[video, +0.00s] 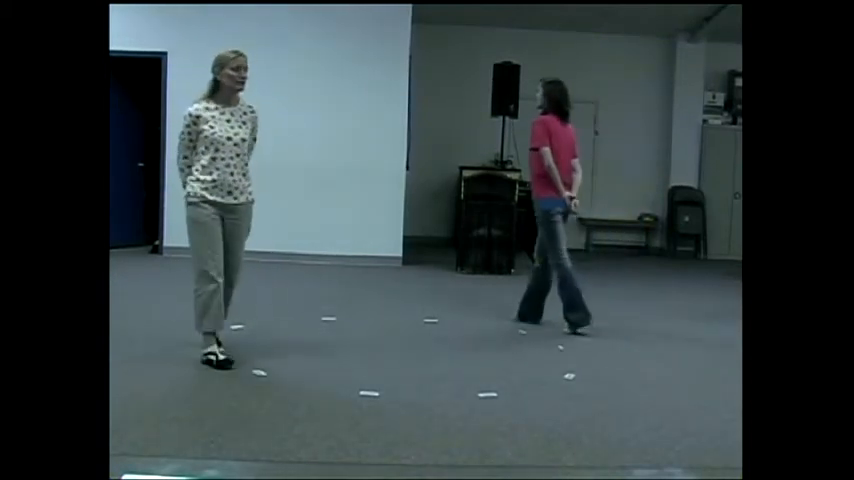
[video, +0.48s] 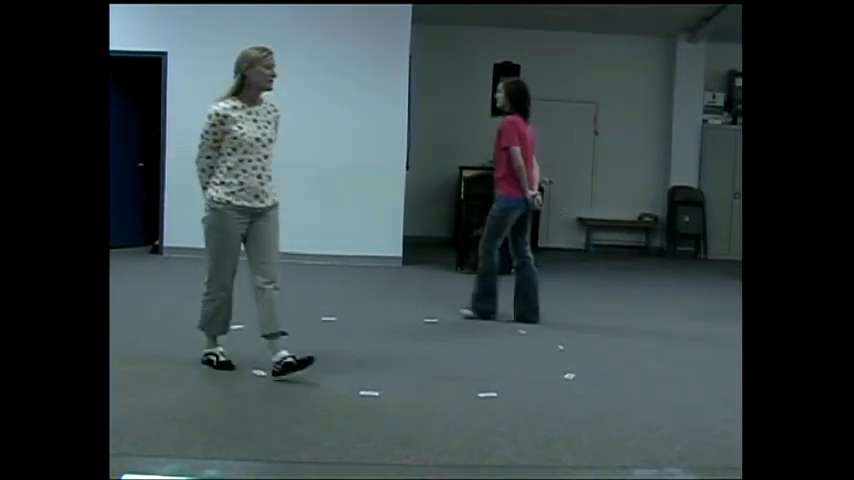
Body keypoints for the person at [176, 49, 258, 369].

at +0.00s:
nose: (241, 75)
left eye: (244, 71)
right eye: (235, 70)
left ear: (246, 76)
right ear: (218, 73)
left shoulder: (249, 115)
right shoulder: (198, 113)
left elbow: (246, 156)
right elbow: (184, 157)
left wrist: (231, 181)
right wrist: (192, 187)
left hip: (239, 200)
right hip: (204, 199)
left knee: (231, 272)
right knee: (210, 271)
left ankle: (215, 333)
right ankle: (210, 342)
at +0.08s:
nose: (244, 74)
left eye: (246, 70)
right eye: (237, 69)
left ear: (247, 75)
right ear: (220, 72)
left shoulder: (250, 114)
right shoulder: (200, 112)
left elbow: (245, 155)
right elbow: (184, 155)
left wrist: (232, 182)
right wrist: (192, 187)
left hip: (242, 199)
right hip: (206, 198)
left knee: (237, 270)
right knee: (211, 272)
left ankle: (217, 327)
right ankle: (210, 344)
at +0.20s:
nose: (252, 77)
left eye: (254, 72)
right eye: (246, 72)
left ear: (253, 77)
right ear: (227, 75)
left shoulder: (254, 116)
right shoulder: (204, 116)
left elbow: (247, 159)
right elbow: (187, 160)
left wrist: (236, 187)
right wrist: (195, 194)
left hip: (246, 203)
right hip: (211, 204)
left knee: (251, 272)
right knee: (219, 278)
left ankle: (229, 324)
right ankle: (212, 346)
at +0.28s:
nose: (256, 78)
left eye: (258, 73)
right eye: (249, 73)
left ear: (256, 78)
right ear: (230, 76)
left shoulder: (256, 117)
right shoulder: (207, 117)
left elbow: (248, 160)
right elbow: (190, 161)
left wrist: (238, 188)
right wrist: (197, 194)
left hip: (249, 205)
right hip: (214, 205)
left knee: (259, 271)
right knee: (224, 279)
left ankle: (230, 329)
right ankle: (214, 345)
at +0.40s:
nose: (267, 74)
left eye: (268, 68)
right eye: (261, 68)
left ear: (263, 73)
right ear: (240, 72)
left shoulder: (265, 112)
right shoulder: (216, 112)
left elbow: (255, 157)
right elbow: (199, 157)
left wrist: (239, 184)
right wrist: (206, 192)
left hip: (258, 203)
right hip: (221, 204)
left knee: (265, 275)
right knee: (221, 279)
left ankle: (264, 352)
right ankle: (212, 348)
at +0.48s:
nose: (273, 73)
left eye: (274, 68)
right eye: (267, 68)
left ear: (261, 74)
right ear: (247, 73)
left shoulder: (271, 113)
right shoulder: (221, 113)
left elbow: (261, 159)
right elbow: (205, 160)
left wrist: (242, 187)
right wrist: (213, 195)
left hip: (264, 206)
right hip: (226, 205)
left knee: (267, 279)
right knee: (221, 279)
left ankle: (279, 355)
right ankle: (213, 348)